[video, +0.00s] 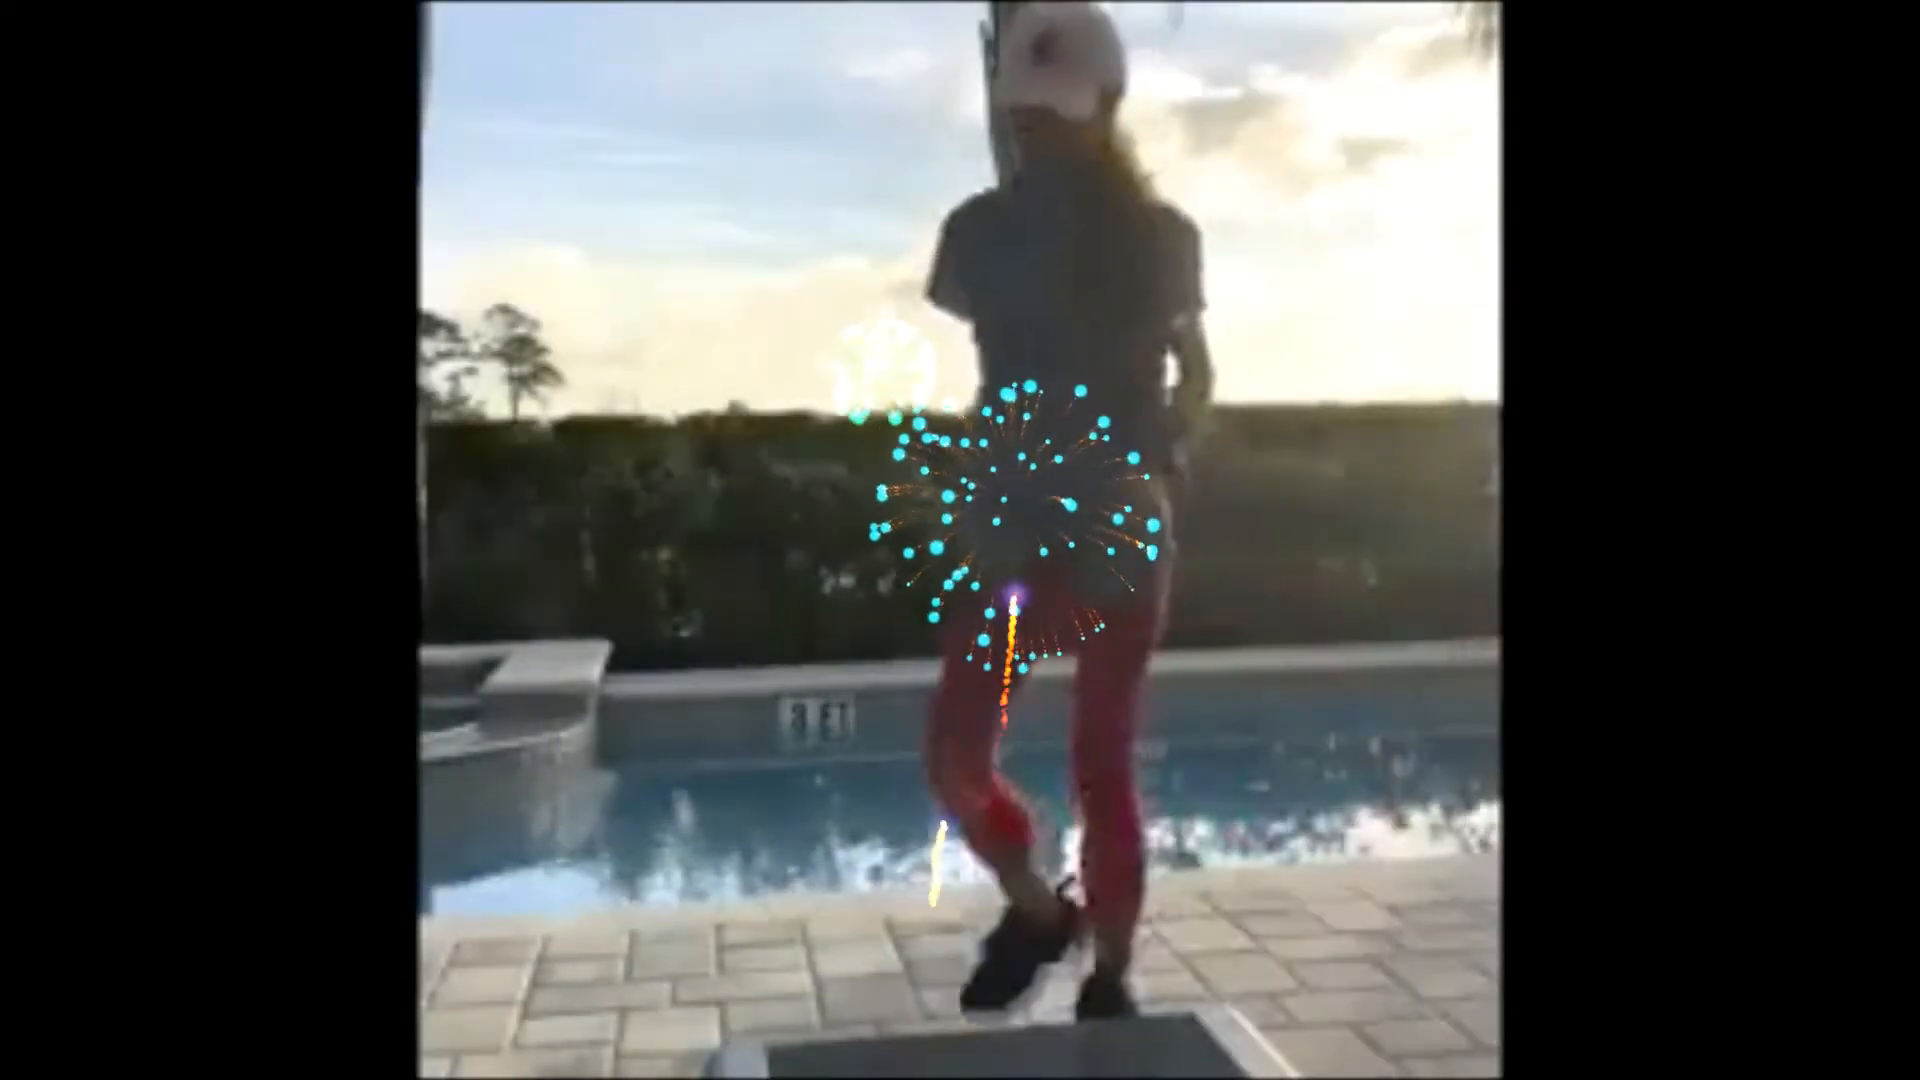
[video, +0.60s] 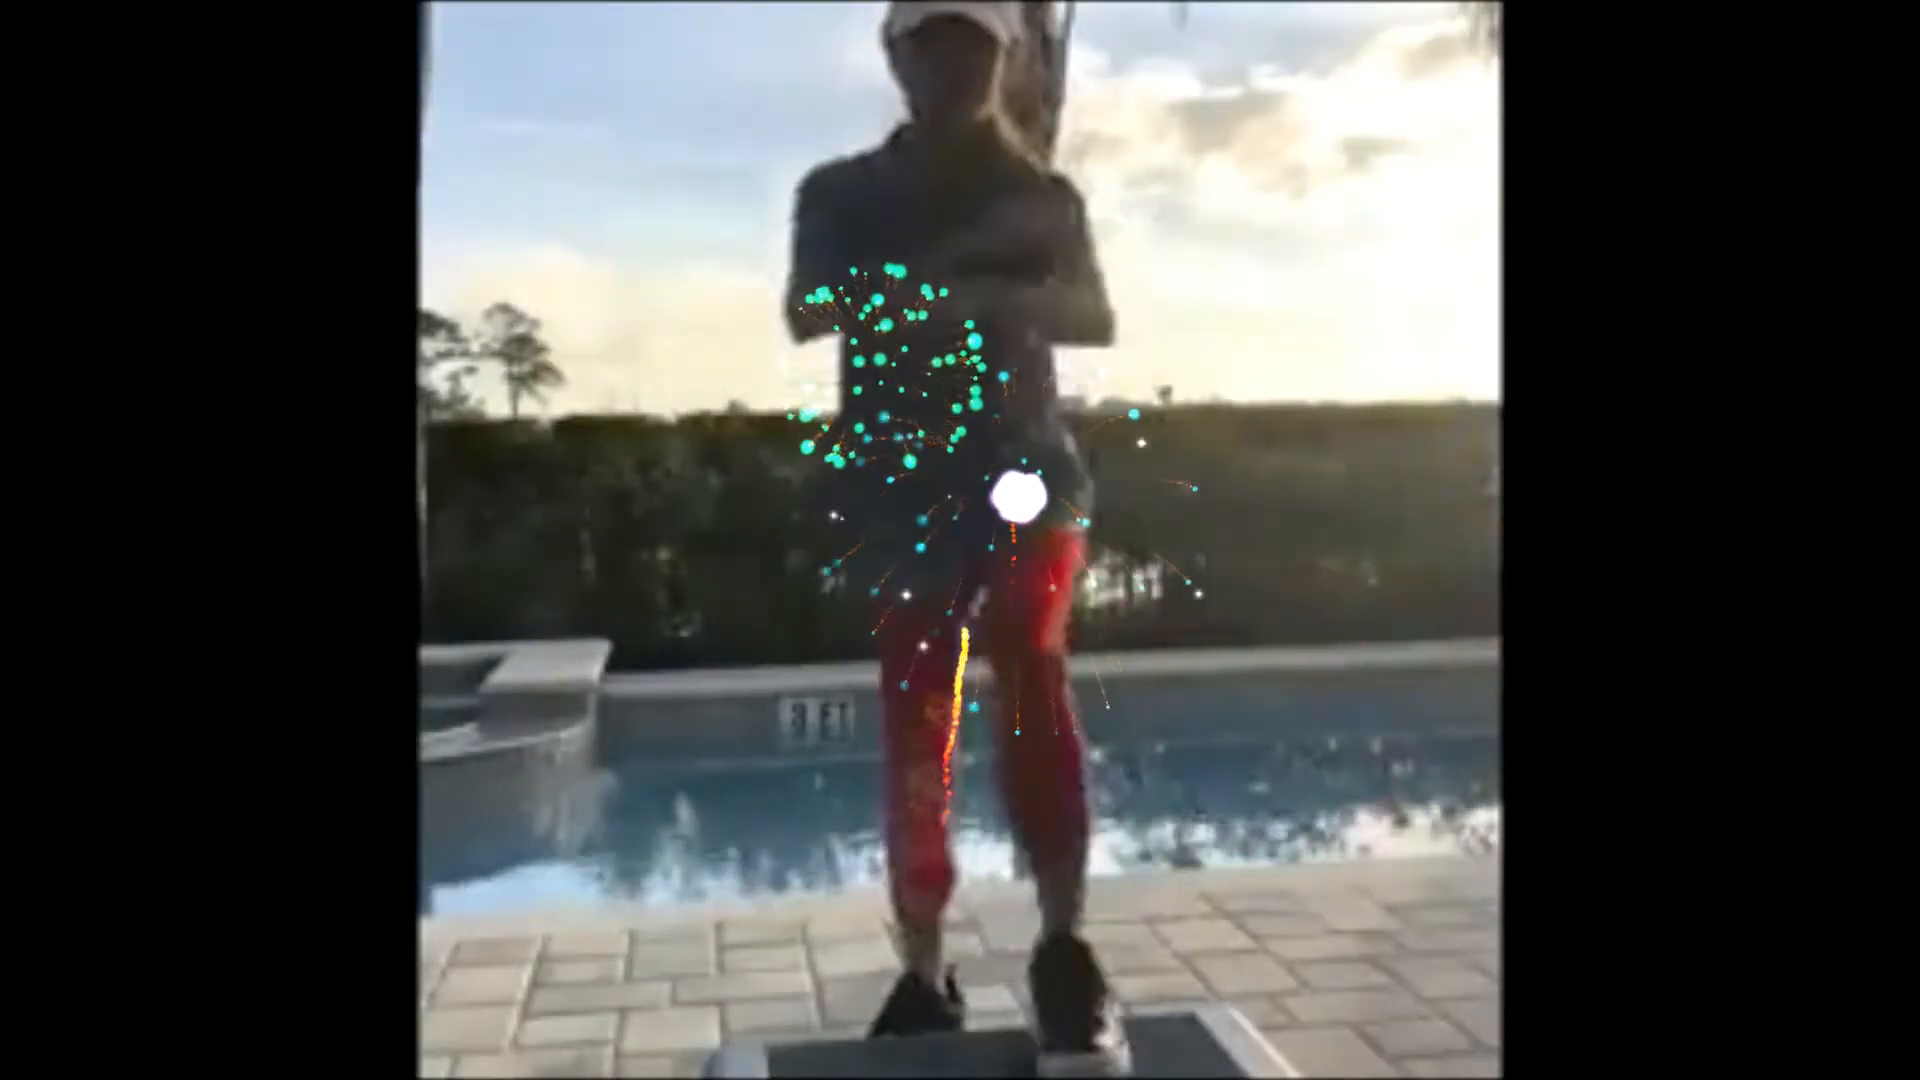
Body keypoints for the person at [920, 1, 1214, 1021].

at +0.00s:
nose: (1060, 67)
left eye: (1080, 50)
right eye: (1040, 50)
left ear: (1111, 80)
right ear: (1005, 83)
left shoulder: (1156, 227)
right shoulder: (981, 223)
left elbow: (1198, 373)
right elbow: (993, 364)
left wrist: (1164, 445)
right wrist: (985, 452)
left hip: (1120, 485)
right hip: (1010, 481)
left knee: (1102, 755)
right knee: (956, 758)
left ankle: (1110, 979)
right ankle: (1037, 908)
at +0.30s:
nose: (947, 100)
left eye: (970, 80)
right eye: (929, 80)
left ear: (1011, 89)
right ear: (906, 89)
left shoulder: (1064, 220)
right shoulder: (871, 230)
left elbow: (1105, 378)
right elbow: (857, 390)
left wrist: (1066, 467)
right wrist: (889, 475)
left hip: (1041, 504)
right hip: (927, 508)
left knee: (1017, 725)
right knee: (918, 745)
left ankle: (1057, 915)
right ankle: (926, 983)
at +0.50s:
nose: (940, 84)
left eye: (962, 62)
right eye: (919, 63)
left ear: (999, 74)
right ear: (891, 76)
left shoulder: (1037, 217)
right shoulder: (843, 216)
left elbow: (1061, 371)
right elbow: (828, 384)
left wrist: (1034, 463)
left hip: (1029, 474)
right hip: (908, 491)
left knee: (1028, 613)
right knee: (917, 728)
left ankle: (1049, 883)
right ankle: (925, 980)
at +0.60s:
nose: (951, 67)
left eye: (971, 46)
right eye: (929, 46)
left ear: (1002, 59)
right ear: (899, 60)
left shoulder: (1044, 194)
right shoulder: (841, 189)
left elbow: (1092, 317)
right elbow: (804, 313)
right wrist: (888, 286)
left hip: (1027, 459)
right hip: (899, 471)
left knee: (1035, 679)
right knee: (917, 714)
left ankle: (1063, 952)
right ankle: (924, 971)